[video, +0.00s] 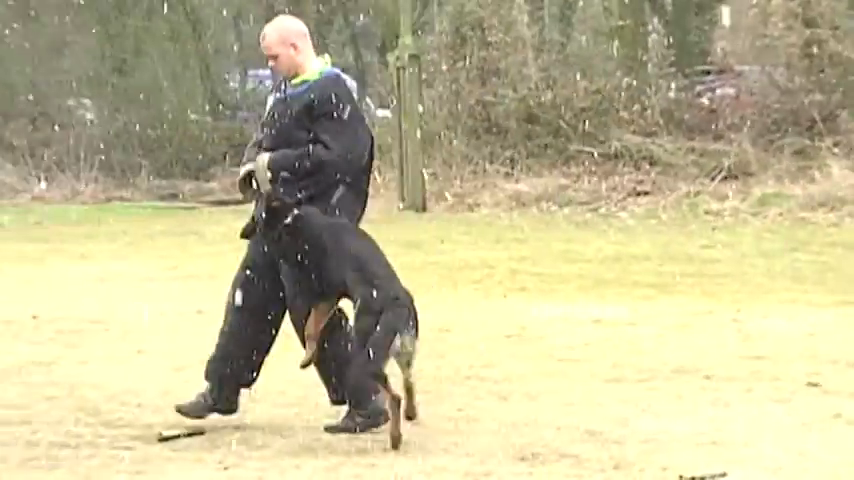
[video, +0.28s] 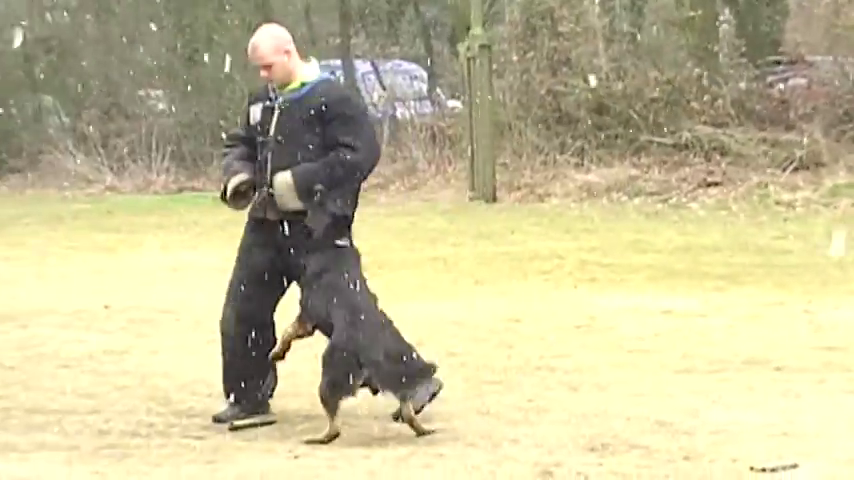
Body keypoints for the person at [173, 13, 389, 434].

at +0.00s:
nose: (270, 66)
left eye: (273, 57)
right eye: (267, 59)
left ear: (296, 46)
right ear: (290, 49)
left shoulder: (332, 89)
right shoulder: (284, 95)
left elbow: (340, 155)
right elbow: (270, 143)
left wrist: (275, 164)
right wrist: (255, 163)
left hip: (318, 220)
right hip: (277, 218)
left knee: (317, 312)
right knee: (249, 301)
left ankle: (367, 403)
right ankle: (221, 392)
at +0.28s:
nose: (263, 76)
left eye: (266, 66)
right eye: (258, 69)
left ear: (290, 52)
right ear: (261, 64)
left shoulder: (334, 97)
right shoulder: (260, 105)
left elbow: (361, 154)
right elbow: (240, 146)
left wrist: (299, 181)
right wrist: (240, 175)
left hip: (320, 233)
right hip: (265, 234)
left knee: (347, 312)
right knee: (242, 314)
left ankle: (414, 379)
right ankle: (250, 399)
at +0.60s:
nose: (357, 58)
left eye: (363, 49)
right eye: (350, 51)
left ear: (382, 42)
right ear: (341, 49)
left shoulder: (412, 90)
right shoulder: (325, 87)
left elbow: (438, 148)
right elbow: (288, 133)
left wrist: (399, 164)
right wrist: (328, 162)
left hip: (397, 219)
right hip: (342, 219)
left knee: (408, 300)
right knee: (338, 305)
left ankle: (408, 386)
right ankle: (342, 399)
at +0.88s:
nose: (397, 59)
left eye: (403, 51)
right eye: (388, 52)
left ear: (412, 53)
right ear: (373, 56)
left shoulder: (435, 107)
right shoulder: (348, 103)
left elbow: (459, 165)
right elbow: (320, 153)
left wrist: (439, 192)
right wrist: (368, 177)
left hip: (426, 230)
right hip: (372, 229)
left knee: (434, 313)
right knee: (363, 317)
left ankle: (443, 399)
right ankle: (328, 400)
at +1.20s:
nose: (378, 48)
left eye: (382, 40)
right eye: (369, 40)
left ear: (388, 44)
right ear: (348, 44)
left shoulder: (404, 95)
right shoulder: (326, 94)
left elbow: (432, 144)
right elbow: (294, 146)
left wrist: (421, 168)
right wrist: (347, 173)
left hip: (407, 218)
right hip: (354, 220)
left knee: (431, 297)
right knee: (349, 310)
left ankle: (453, 382)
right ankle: (327, 398)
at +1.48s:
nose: (379, 7)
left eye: (382, 1)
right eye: (369, 1)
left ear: (388, 5)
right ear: (349, 7)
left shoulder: (410, 51)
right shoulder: (335, 61)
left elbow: (441, 95)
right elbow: (314, 118)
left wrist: (430, 114)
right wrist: (376, 132)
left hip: (423, 178)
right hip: (373, 185)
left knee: (442, 263)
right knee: (365, 272)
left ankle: (461, 354)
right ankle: (335, 358)